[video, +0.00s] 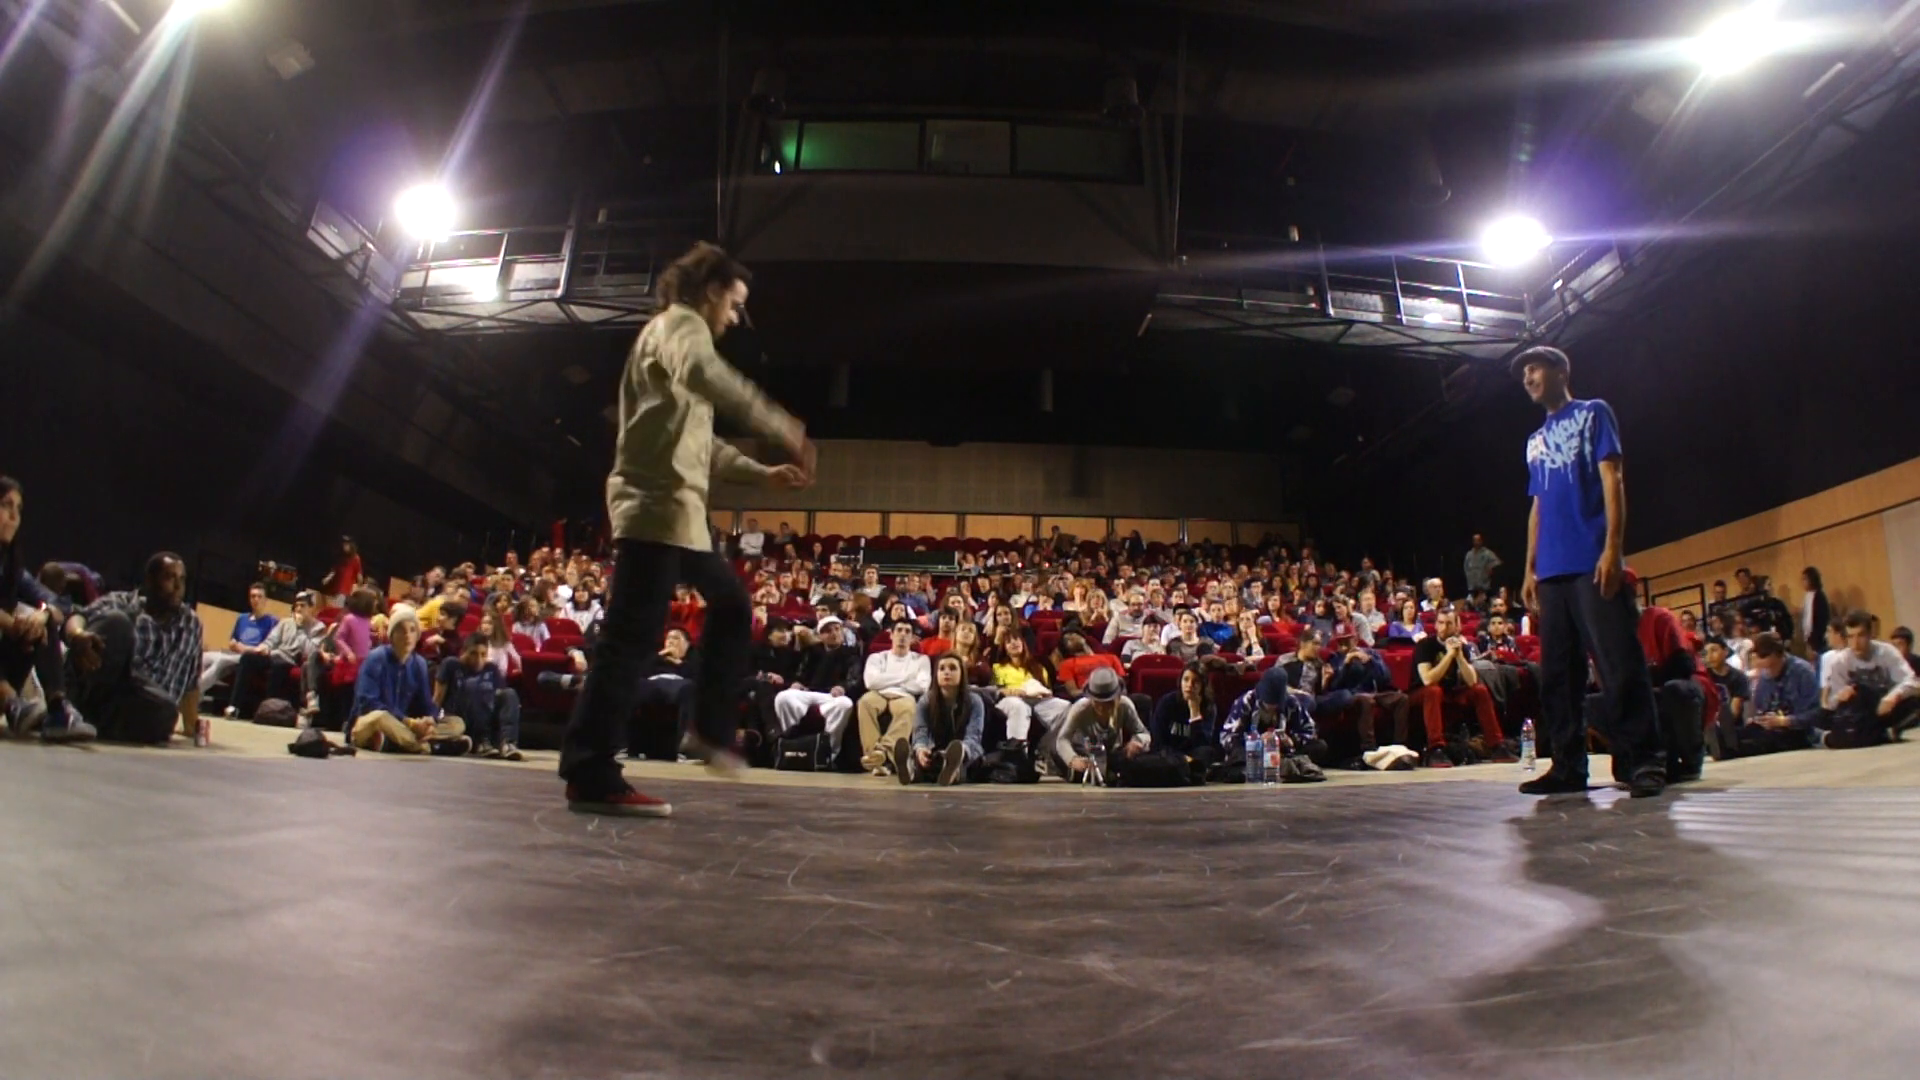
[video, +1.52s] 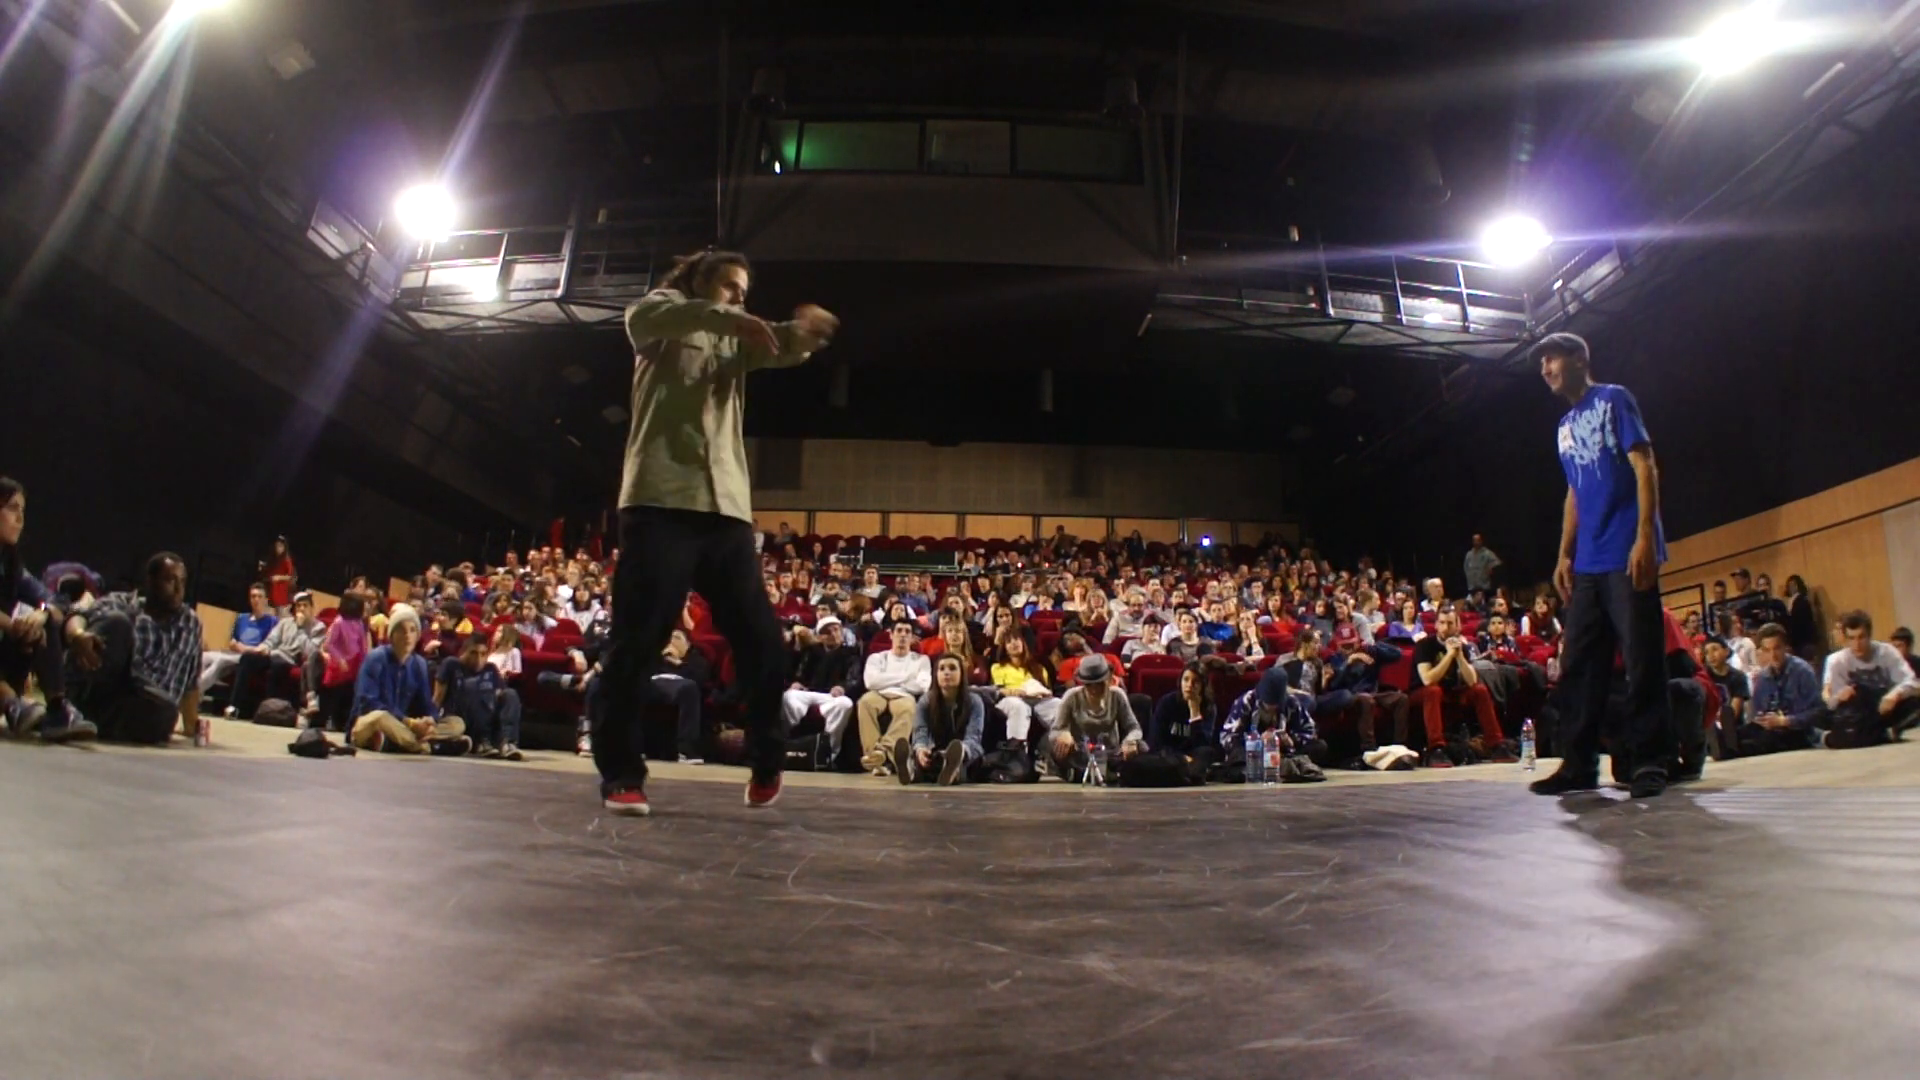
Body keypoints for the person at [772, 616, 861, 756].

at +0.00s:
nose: (834, 634)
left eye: (837, 629)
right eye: (827, 631)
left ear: (842, 632)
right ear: (820, 636)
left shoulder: (850, 652)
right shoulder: (812, 651)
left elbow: (854, 679)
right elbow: (801, 674)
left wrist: (842, 688)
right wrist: (798, 683)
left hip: (832, 694)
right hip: (809, 691)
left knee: (844, 704)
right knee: (783, 699)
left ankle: (829, 754)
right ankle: (793, 749)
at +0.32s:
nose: (833, 634)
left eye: (836, 629)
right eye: (827, 631)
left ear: (842, 632)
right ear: (820, 635)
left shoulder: (850, 653)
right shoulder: (812, 651)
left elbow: (854, 679)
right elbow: (801, 673)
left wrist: (842, 688)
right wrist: (798, 683)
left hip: (831, 694)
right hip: (808, 691)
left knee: (844, 704)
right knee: (783, 700)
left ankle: (829, 754)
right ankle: (793, 749)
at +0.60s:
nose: (833, 634)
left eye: (836, 629)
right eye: (827, 631)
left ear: (841, 632)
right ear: (819, 635)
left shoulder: (850, 652)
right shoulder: (812, 651)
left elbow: (854, 679)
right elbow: (801, 674)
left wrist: (842, 688)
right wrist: (798, 683)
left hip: (832, 694)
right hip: (808, 692)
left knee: (844, 704)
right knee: (783, 700)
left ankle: (829, 754)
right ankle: (794, 749)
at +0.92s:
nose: (833, 635)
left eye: (836, 630)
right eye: (827, 632)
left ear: (842, 632)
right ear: (820, 636)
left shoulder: (850, 653)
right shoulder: (812, 651)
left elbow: (854, 679)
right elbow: (801, 673)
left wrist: (842, 688)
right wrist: (798, 683)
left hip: (832, 694)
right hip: (809, 691)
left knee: (844, 704)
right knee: (783, 700)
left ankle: (829, 754)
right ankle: (793, 749)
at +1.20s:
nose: (833, 635)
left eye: (836, 630)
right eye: (827, 632)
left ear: (842, 632)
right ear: (819, 636)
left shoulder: (850, 653)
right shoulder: (812, 651)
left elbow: (854, 679)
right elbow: (802, 675)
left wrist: (842, 688)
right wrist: (798, 683)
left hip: (832, 694)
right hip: (808, 691)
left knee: (844, 704)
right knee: (783, 700)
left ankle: (829, 754)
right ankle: (792, 749)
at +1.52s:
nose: (832, 634)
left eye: (835, 630)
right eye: (827, 632)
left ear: (841, 632)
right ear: (820, 636)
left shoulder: (849, 653)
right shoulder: (811, 651)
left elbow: (853, 678)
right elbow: (801, 674)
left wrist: (842, 688)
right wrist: (797, 683)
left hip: (831, 694)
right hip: (808, 692)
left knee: (844, 704)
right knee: (789, 698)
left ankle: (831, 753)